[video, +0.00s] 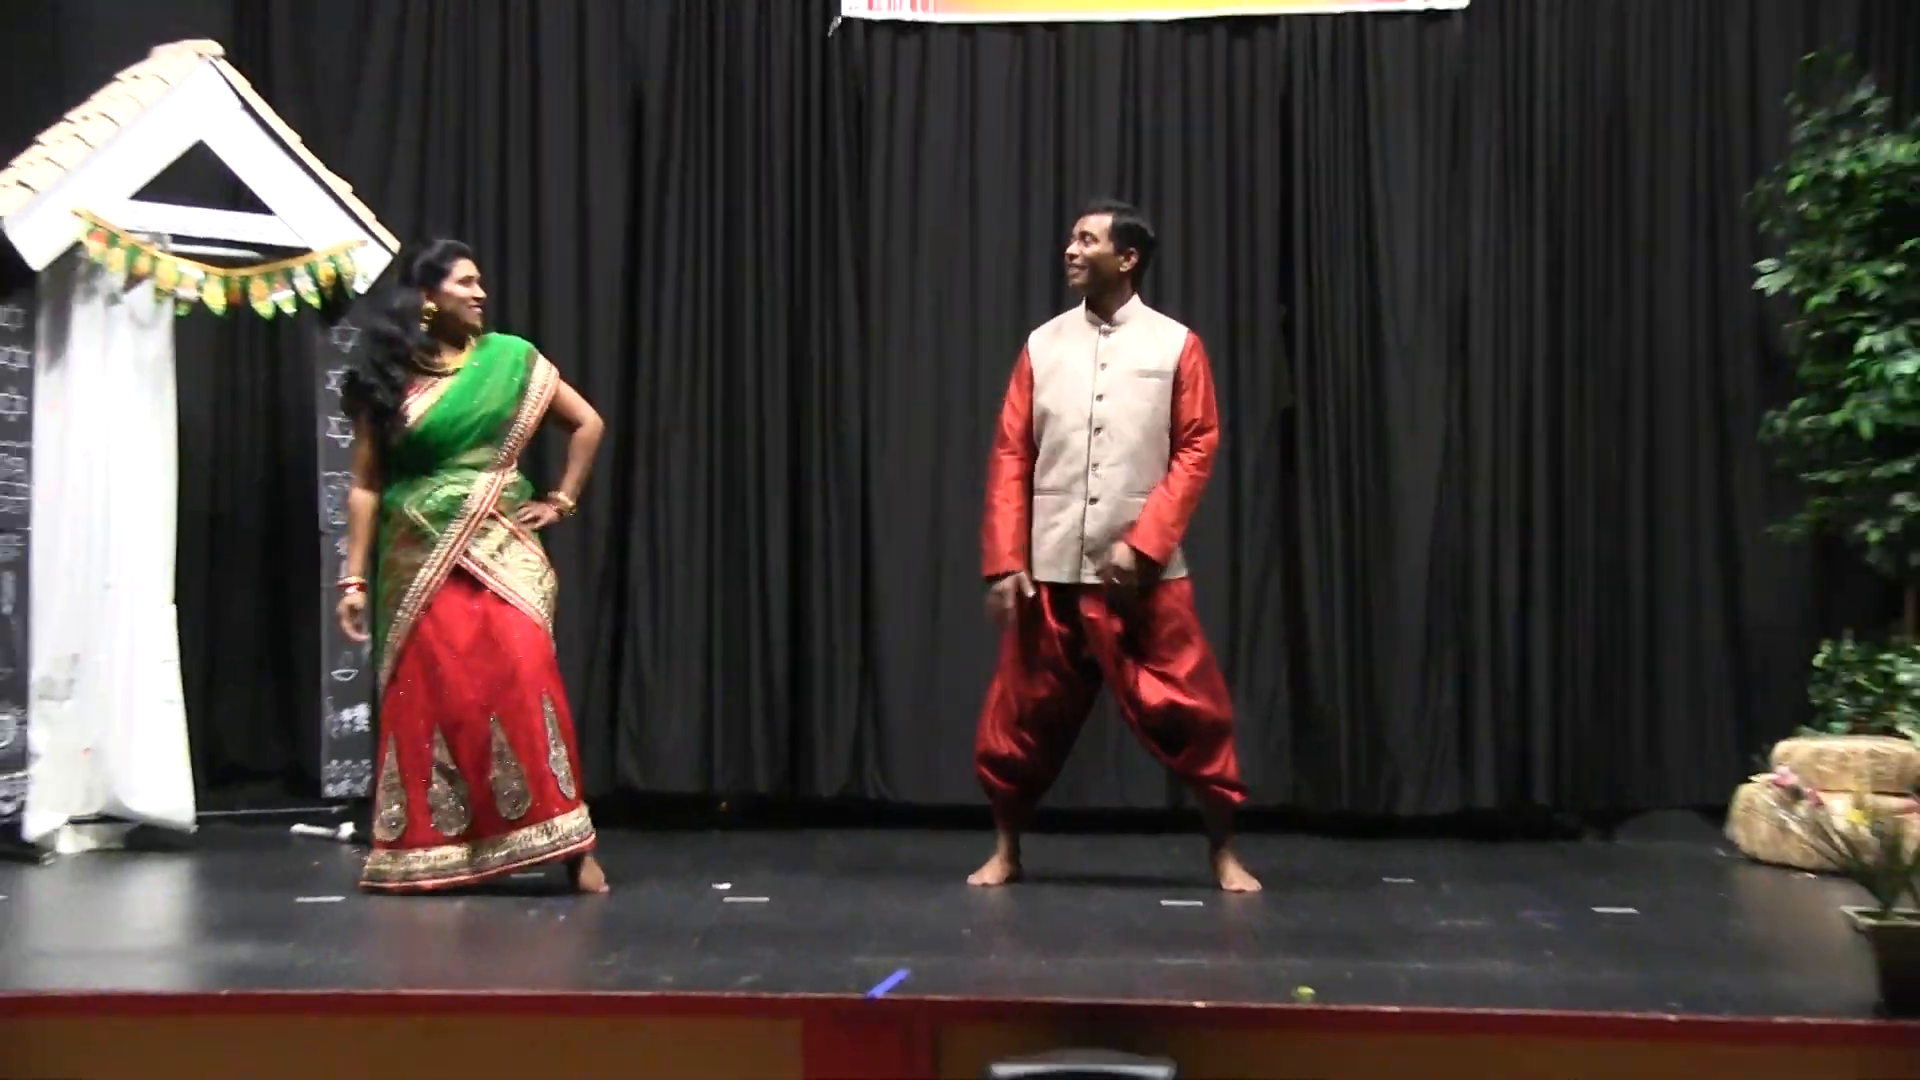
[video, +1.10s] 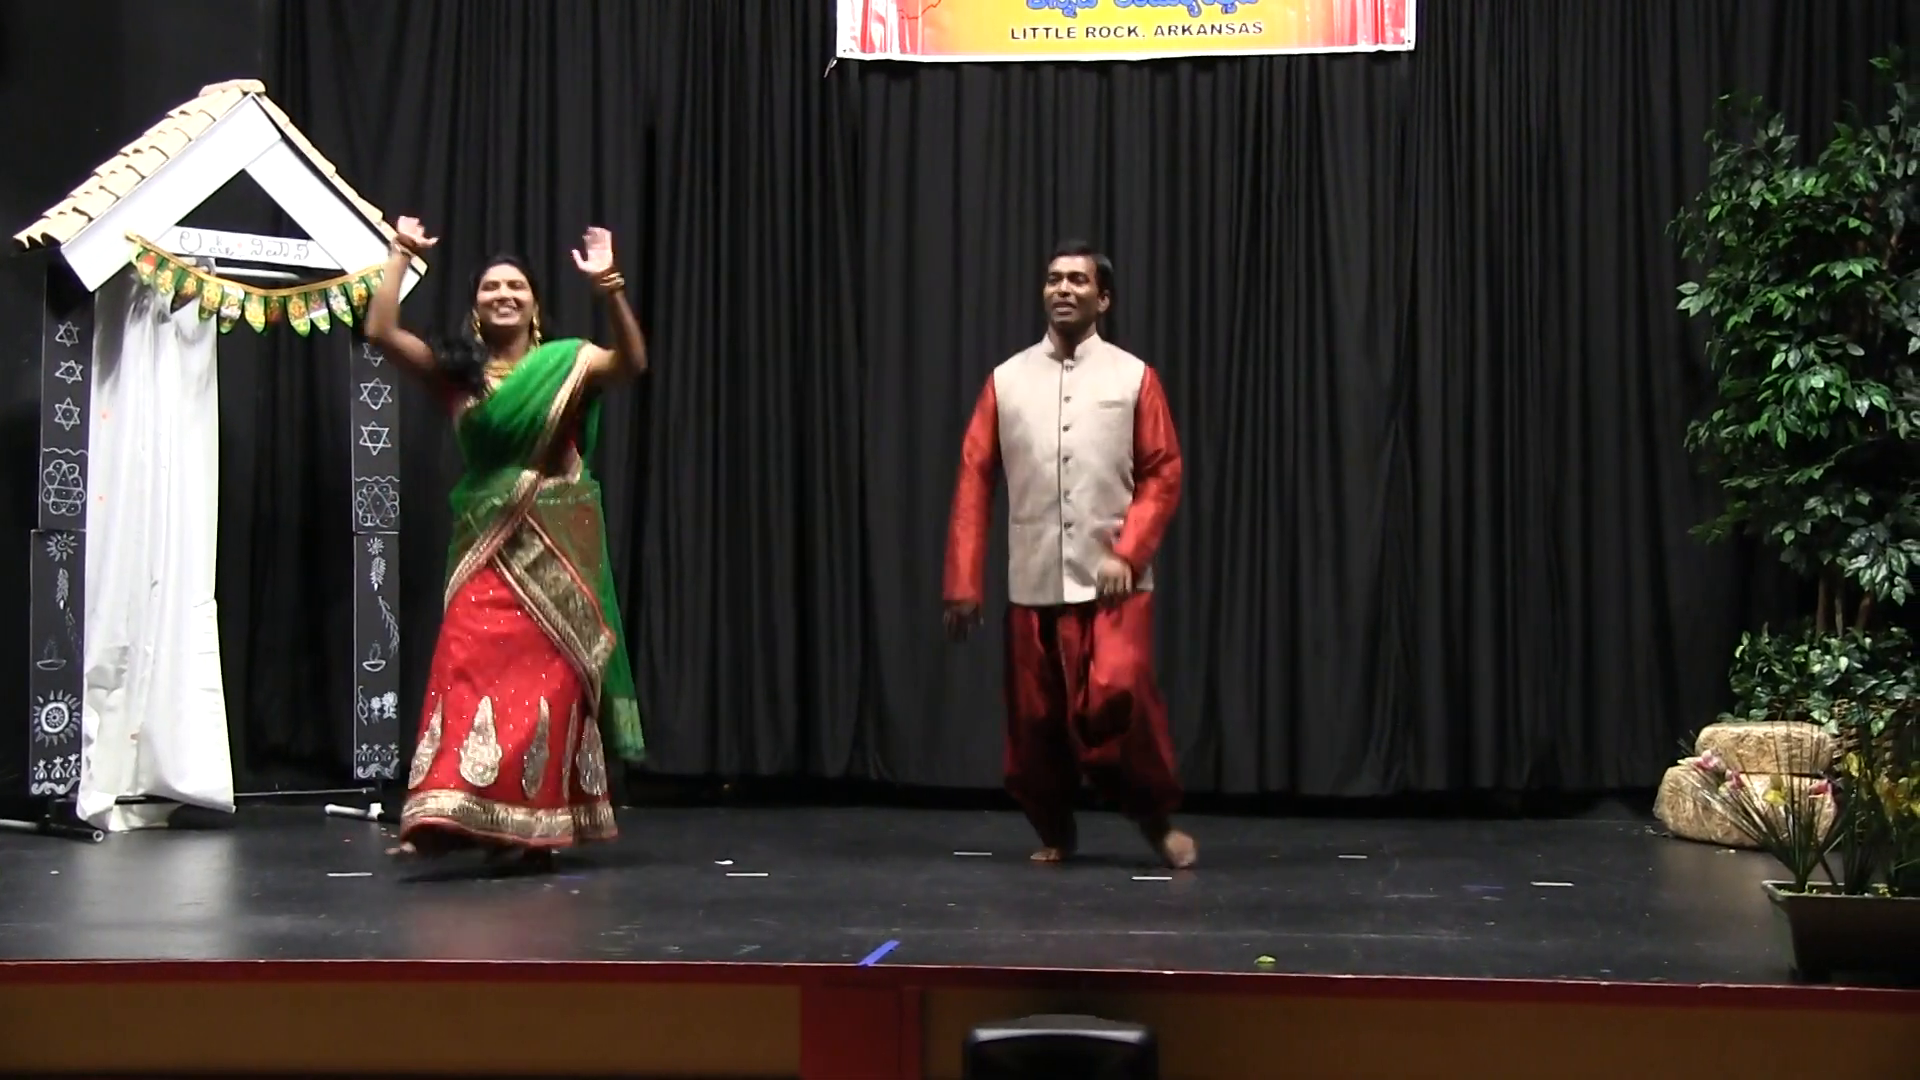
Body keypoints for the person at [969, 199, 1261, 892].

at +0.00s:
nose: (1071, 250)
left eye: (1087, 240)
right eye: (1071, 239)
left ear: (1129, 256)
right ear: (1073, 254)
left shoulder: (1176, 344)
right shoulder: (1041, 345)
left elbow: (1198, 448)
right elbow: (1011, 453)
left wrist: (1147, 542)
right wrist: (1005, 559)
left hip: (1143, 571)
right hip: (1049, 571)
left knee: (1196, 711)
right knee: (1018, 715)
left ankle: (1224, 855)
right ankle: (1004, 852)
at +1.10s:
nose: (1063, 289)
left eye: (1077, 280)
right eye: (1054, 279)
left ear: (1102, 297)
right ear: (1042, 294)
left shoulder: (1134, 377)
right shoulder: (1005, 380)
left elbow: (1162, 473)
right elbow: (974, 480)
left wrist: (1128, 553)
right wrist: (962, 581)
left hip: (1113, 574)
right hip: (1033, 577)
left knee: (1117, 692)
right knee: (1037, 716)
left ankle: (1157, 824)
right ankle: (1054, 836)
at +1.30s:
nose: (1055, 243)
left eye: (1069, 234)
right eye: (1045, 233)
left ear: (1092, 247)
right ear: (1031, 245)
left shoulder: (1129, 318)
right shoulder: (998, 326)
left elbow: (1173, 401)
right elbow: (949, 415)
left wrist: (1134, 453)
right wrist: (986, 477)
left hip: (1125, 522)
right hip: (1040, 529)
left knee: (1110, 653)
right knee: (1039, 677)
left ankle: (1092, 800)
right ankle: (1071, 786)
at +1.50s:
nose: (1058, 318)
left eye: (1070, 307)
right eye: (1047, 307)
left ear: (1093, 321)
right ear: (1032, 321)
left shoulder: (1130, 401)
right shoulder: (998, 407)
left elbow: (1171, 490)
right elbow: (964, 503)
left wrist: (1131, 540)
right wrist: (1006, 513)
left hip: (1118, 593)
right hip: (1042, 595)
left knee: (1098, 701)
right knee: (1032, 713)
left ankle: (1097, 853)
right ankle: (1059, 821)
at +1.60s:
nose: (1056, 374)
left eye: (1068, 364)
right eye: (1044, 364)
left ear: (1090, 379)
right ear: (1028, 379)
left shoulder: (1130, 455)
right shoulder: (1000, 469)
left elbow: (1157, 551)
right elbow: (985, 572)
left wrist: (1115, 627)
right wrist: (1010, 639)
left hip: (1117, 630)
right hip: (1040, 642)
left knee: (1084, 698)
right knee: (1012, 776)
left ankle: (1089, 860)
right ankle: (1061, 850)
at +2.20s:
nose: (1086, 335)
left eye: (1099, 325)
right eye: (1076, 324)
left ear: (1122, 344)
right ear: (1060, 338)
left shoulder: (1143, 432)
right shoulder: (1011, 414)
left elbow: (1141, 540)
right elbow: (982, 518)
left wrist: (1102, 629)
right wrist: (986, 617)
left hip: (1105, 603)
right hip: (1026, 602)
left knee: (1091, 712)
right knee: (1025, 725)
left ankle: (1084, 848)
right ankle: (1054, 838)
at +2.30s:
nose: (1076, 262)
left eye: (1088, 251)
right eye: (1065, 253)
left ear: (1111, 266)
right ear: (1049, 269)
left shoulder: (1142, 359)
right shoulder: (1010, 345)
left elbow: (1155, 469)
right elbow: (980, 451)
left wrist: (1120, 569)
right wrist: (983, 555)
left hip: (1105, 549)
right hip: (1025, 547)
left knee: (1097, 686)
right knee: (1027, 686)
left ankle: (1093, 845)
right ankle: (1051, 808)